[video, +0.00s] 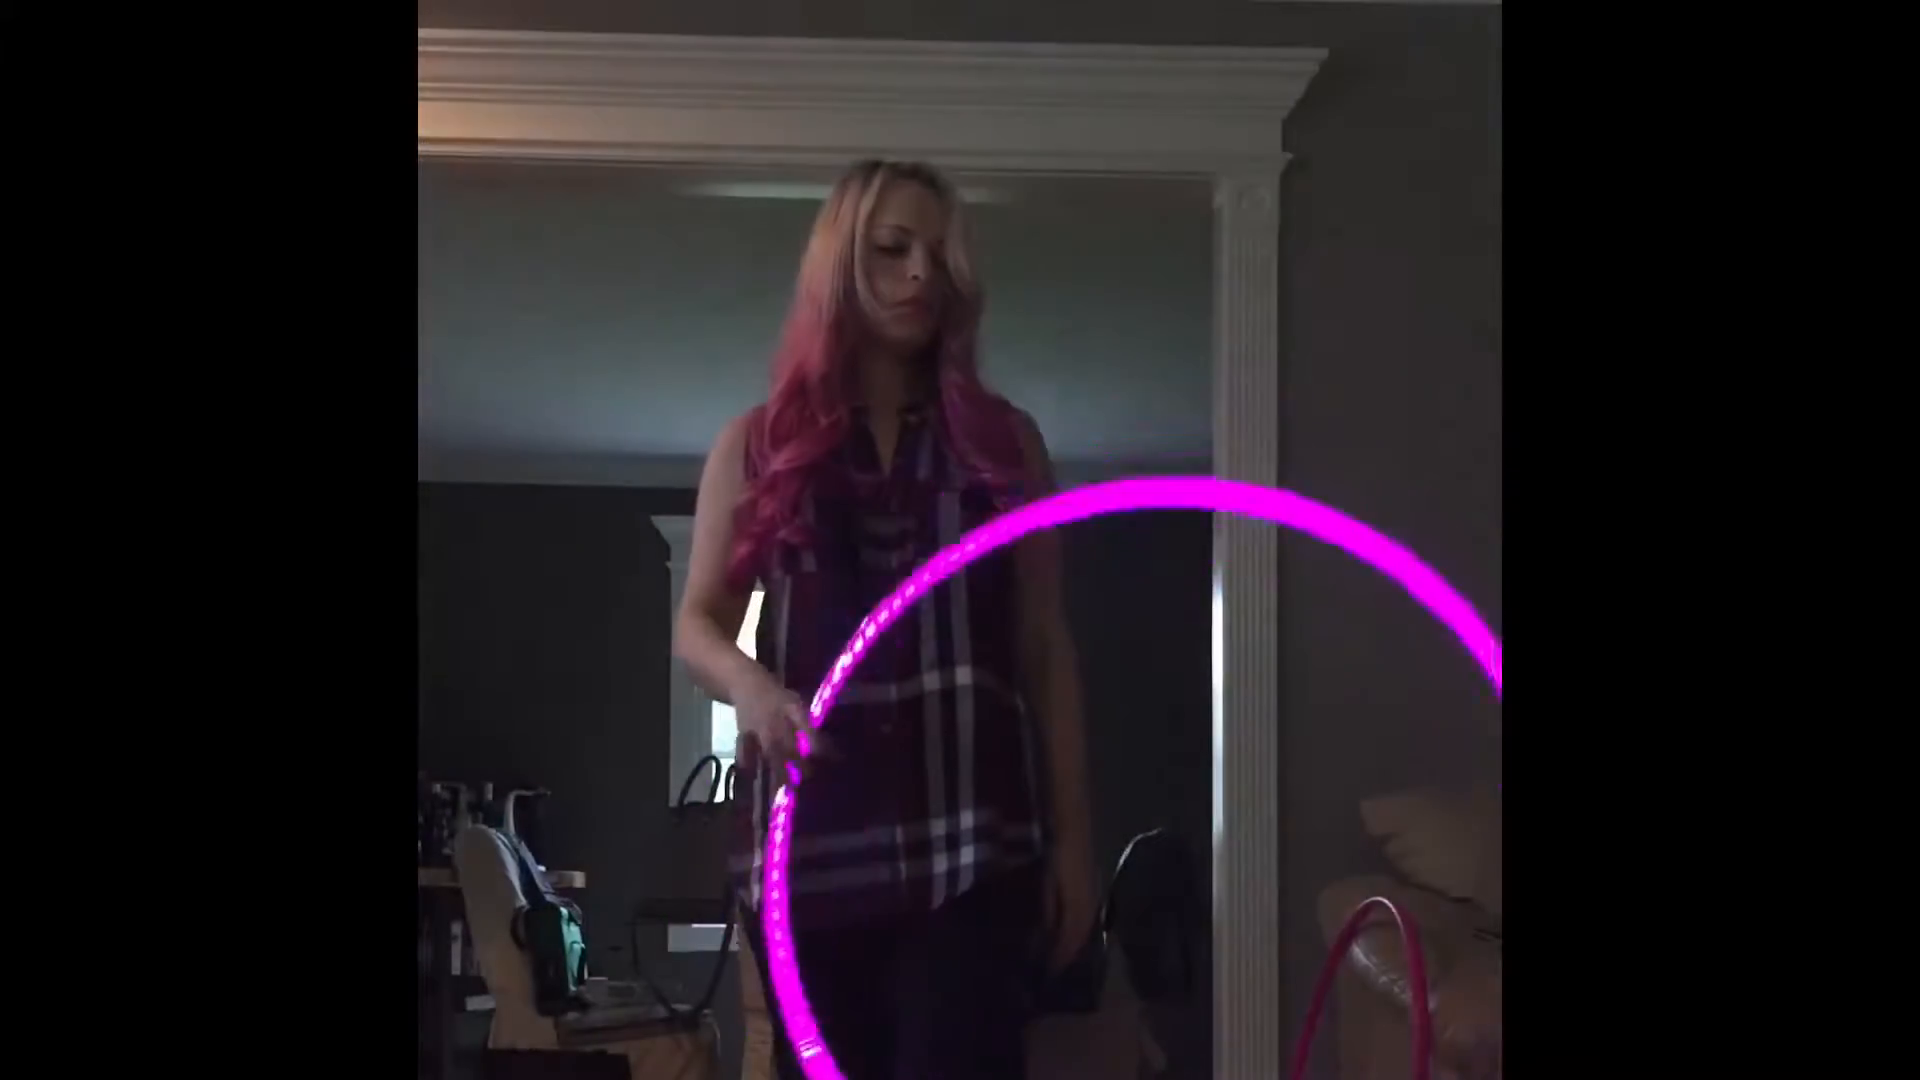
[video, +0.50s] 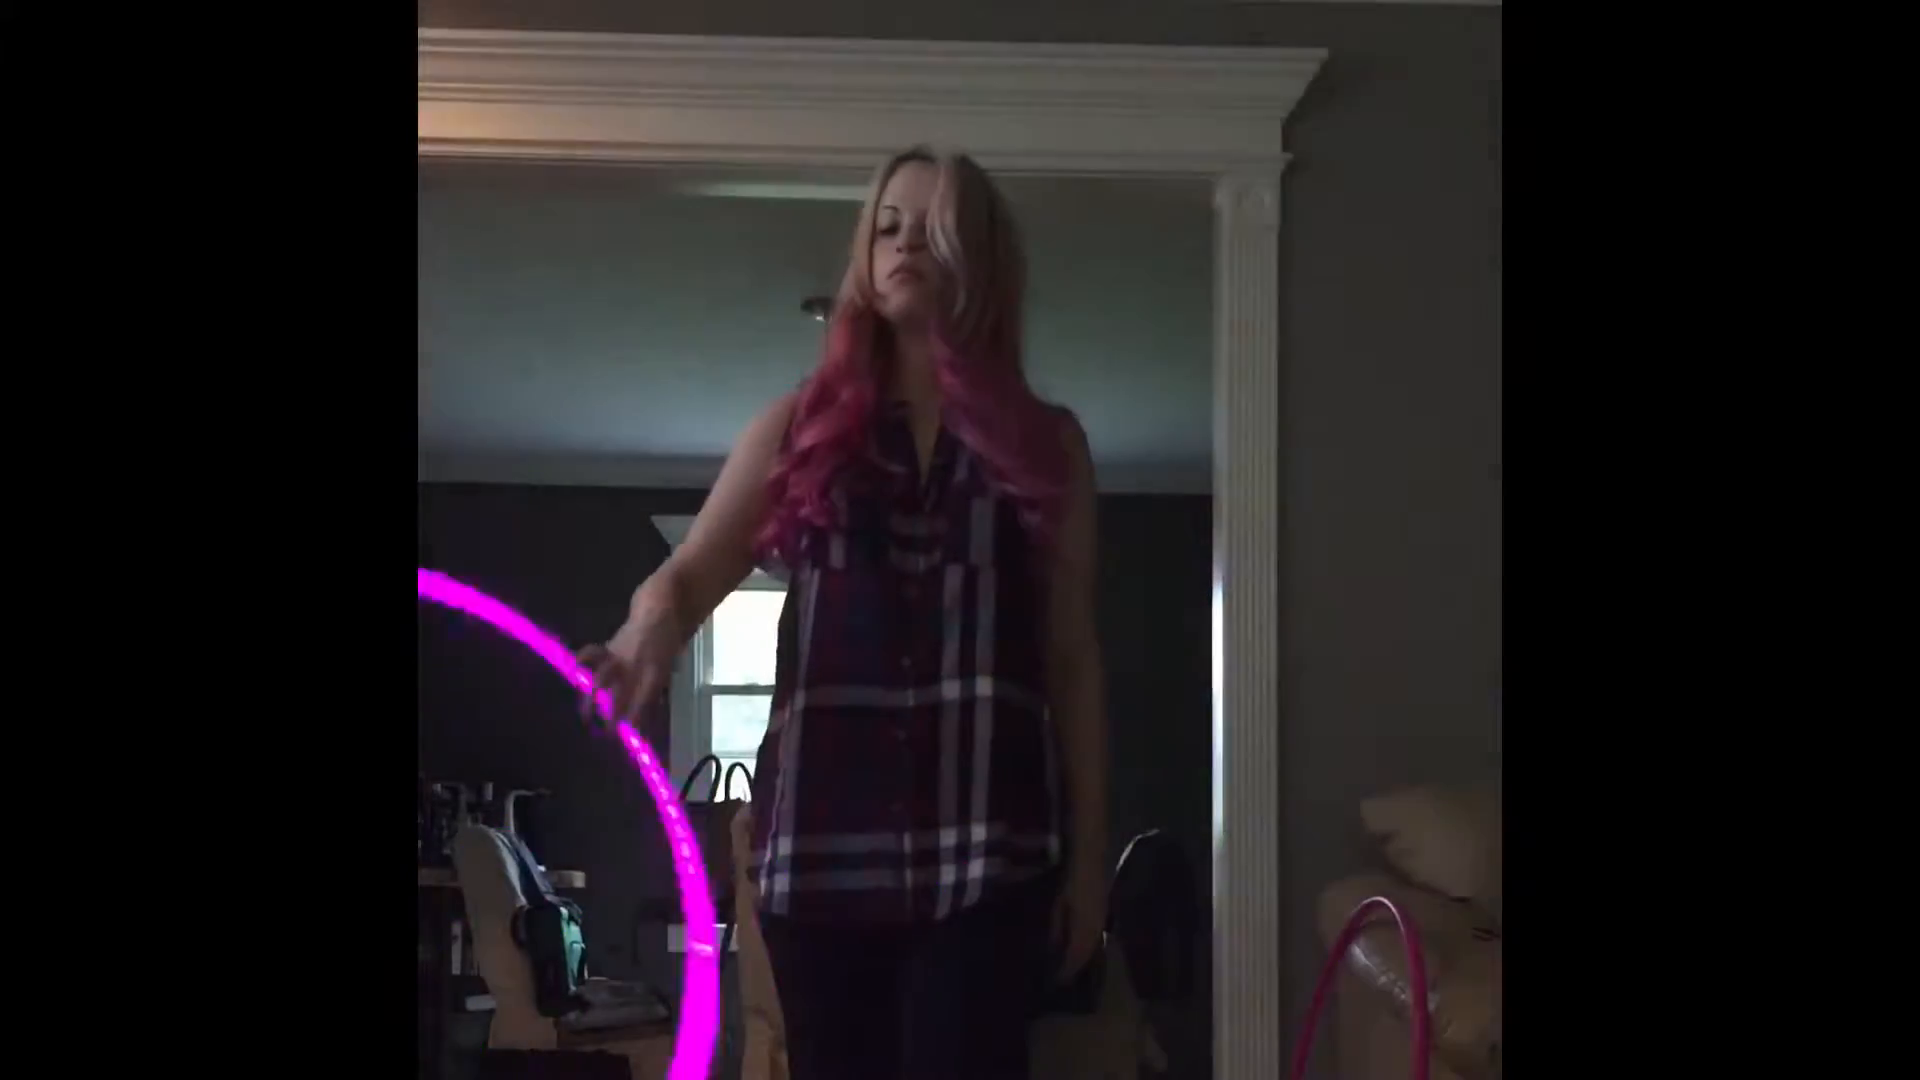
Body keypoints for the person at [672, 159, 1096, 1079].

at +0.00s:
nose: (921, 273)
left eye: (940, 252)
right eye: (893, 249)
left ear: (961, 271)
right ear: (839, 265)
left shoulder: (1005, 438)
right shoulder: (759, 444)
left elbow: (1046, 646)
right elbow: (697, 626)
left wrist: (1072, 838)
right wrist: (753, 688)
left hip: (979, 840)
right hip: (821, 843)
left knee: (972, 1058)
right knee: (833, 1064)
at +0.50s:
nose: (909, 246)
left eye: (937, 232)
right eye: (891, 227)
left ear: (982, 261)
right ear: (863, 253)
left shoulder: (1043, 439)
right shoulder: (800, 422)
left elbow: (1072, 656)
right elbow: (697, 571)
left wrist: (1089, 852)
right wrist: (648, 634)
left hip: (986, 845)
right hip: (823, 844)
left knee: (967, 1063)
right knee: (834, 1065)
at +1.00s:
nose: (992, 220)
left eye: (1020, 210)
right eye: (969, 203)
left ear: (1047, 249)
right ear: (932, 239)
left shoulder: (1102, 418)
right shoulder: (856, 411)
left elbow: (1141, 637)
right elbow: (730, 550)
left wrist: (1165, 830)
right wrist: (702, 613)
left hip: (1057, 839)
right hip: (887, 837)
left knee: (1036, 1066)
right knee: (890, 1066)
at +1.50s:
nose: (1004, 229)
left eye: (1031, 209)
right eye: (980, 214)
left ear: (1072, 244)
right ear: (950, 250)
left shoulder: (1134, 422)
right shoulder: (896, 407)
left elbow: (1173, 643)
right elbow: (738, 491)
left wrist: (1187, 840)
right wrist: (803, 368)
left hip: (1082, 850)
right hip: (907, 850)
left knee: (1053, 1070)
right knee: (893, 1067)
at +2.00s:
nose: (1014, 240)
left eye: (1041, 220)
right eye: (991, 222)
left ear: (1078, 251)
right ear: (957, 256)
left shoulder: (1141, 432)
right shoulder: (898, 402)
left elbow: (1175, 650)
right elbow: (825, 483)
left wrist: (1190, 846)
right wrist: (1008, 445)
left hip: (1080, 820)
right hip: (909, 811)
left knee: (1052, 1070)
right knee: (794, 1060)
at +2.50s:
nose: (998, 269)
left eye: (1024, 249)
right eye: (974, 251)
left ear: (1063, 279)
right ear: (940, 283)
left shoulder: (1118, 471)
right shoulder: (883, 442)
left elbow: (1152, 687)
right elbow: (684, 497)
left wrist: (1164, 891)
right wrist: (782, 574)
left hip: (1055, 869)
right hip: (888, 852)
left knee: (1021, 1070)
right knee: (750, 1068)